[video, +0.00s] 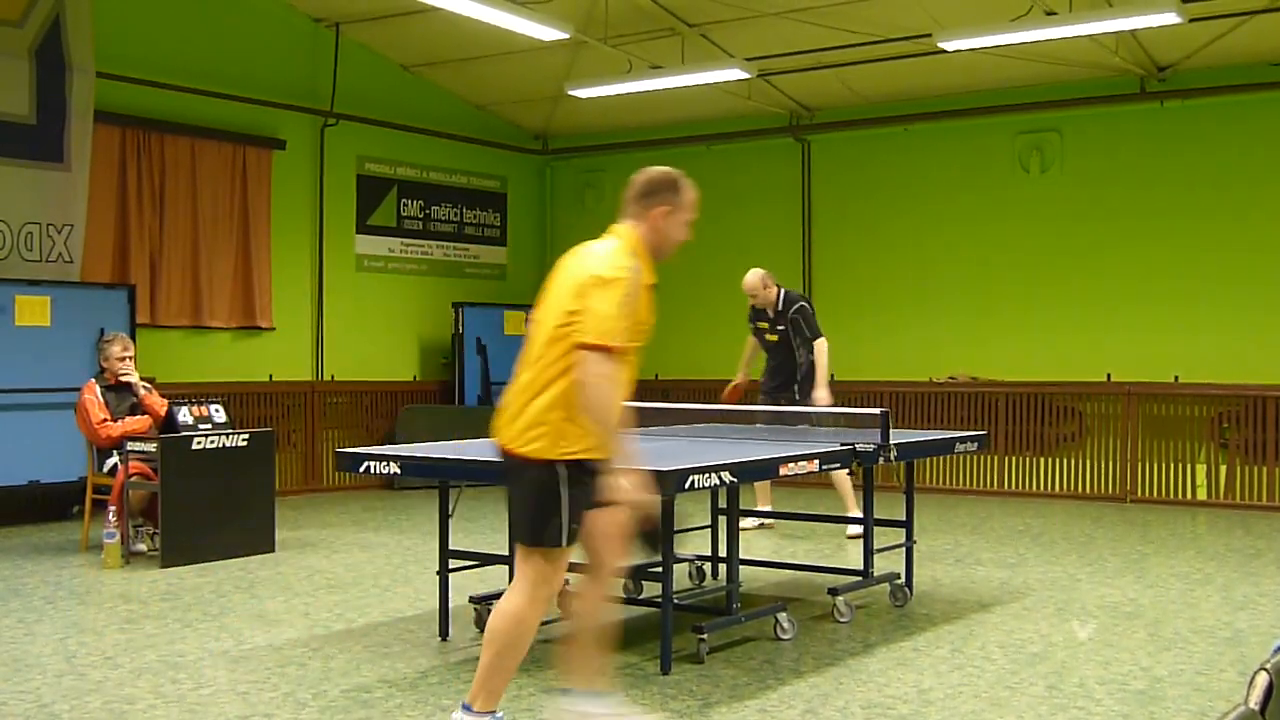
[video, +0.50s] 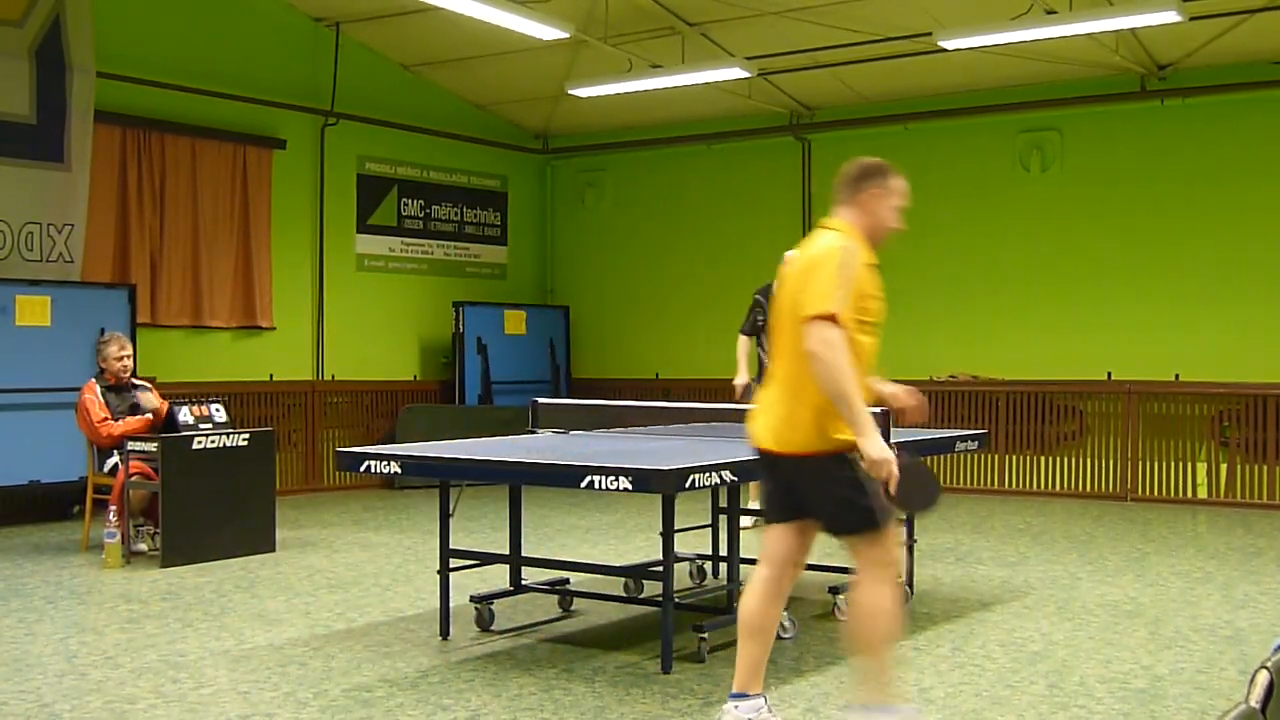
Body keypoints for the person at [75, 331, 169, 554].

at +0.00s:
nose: (128, 364)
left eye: (131, 359)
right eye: (121, 359)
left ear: (135, 360)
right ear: (104, 362)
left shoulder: (142, 388)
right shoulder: (90, 392)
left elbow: (168, 419)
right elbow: (102, 434)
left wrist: (140, 391)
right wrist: (146, 422)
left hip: (150, 453)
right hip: (115, 456)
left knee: (173, 478)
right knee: (140, 481)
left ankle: (155, 527)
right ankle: (135, 525)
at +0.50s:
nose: (126, 364)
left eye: (129, 358)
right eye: (119, 359)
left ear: (134, 359)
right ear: (103, 363)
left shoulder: (144, 387)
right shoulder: (90, 393)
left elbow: (168, 421)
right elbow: (104, 433)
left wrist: (157, 406)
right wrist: (148, 420)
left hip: (151, 451)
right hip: (116, 454)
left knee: (173, 475)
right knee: (141, 480)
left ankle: (156, 526)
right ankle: (135, 524)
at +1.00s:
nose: (124, 365)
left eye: (127, 359)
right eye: (117, 361)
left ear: (132, 359)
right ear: (101, 365)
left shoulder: (146, 388)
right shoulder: (89, 392)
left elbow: (166, 420)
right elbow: (102, 434)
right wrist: (146, 421)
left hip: (153, 452)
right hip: (116, 455)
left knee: (175, 475)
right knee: (140, 481)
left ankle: (153, 526)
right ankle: (135, 524)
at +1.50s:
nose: (120, 364)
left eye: (122, 357)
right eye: (112, 360)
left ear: (127, 357)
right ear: (97, 364)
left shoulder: (143, 383)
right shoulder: (86, 390)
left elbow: (163, 417)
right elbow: (98, 433)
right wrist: (143, 419)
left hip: (153, 449)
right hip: (116, 452)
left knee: (175, 472)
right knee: (139, 479)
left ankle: (150, 523)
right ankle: (132, 521)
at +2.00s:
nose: (118, 362)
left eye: (120, 355)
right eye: (110, 358)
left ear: (125, 354)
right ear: (95, 361)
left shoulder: (141, 381)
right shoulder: (84, 389)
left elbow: (162, 413)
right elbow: (96, 431)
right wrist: (139, 418)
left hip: (149, 447)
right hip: (113, 450)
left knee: (172, 471)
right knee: (136, 477)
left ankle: (147, 521)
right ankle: (129, 520)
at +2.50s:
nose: (118, 360)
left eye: (121, 353)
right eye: (110, 355)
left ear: (126, 354)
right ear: (95, 359)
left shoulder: (141, 381)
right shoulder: (85, 387)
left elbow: (161, 418)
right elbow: (97, 428)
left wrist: (159, 387)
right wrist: (142, 416)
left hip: (148, 444)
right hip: (112, 448)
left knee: (171, 468)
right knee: (134, 474)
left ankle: (151, 519)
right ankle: (132, 519)